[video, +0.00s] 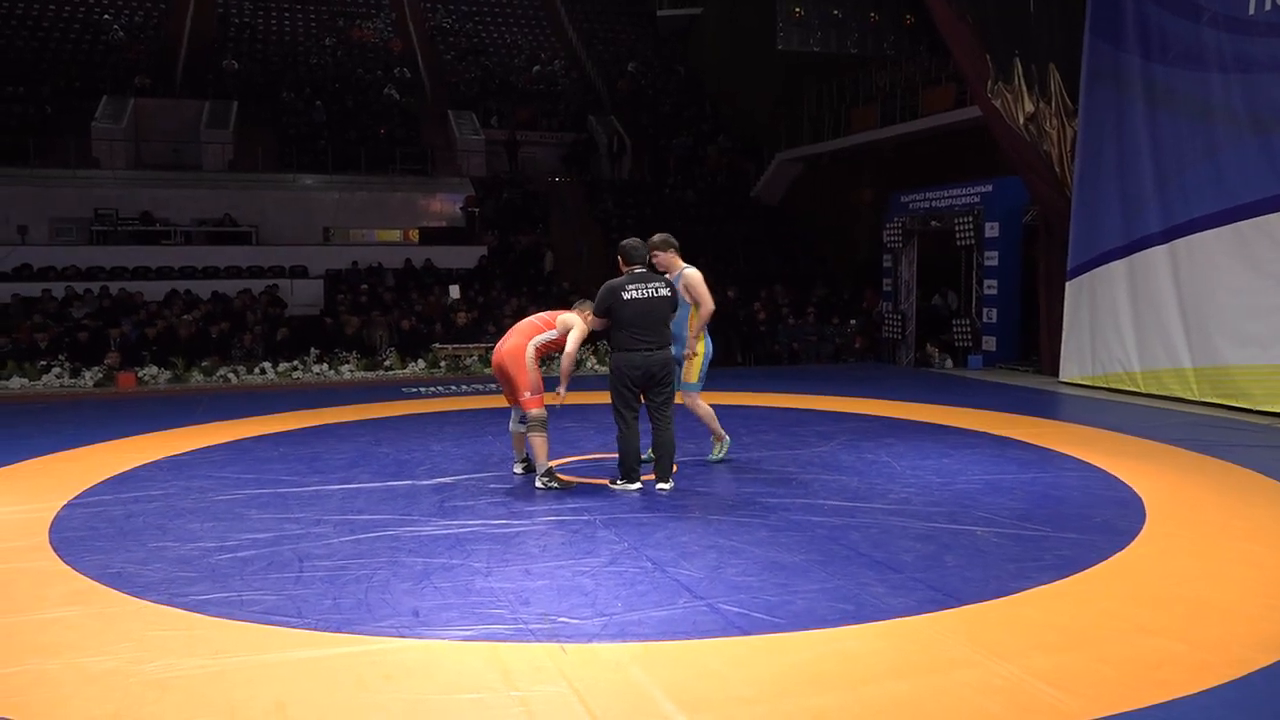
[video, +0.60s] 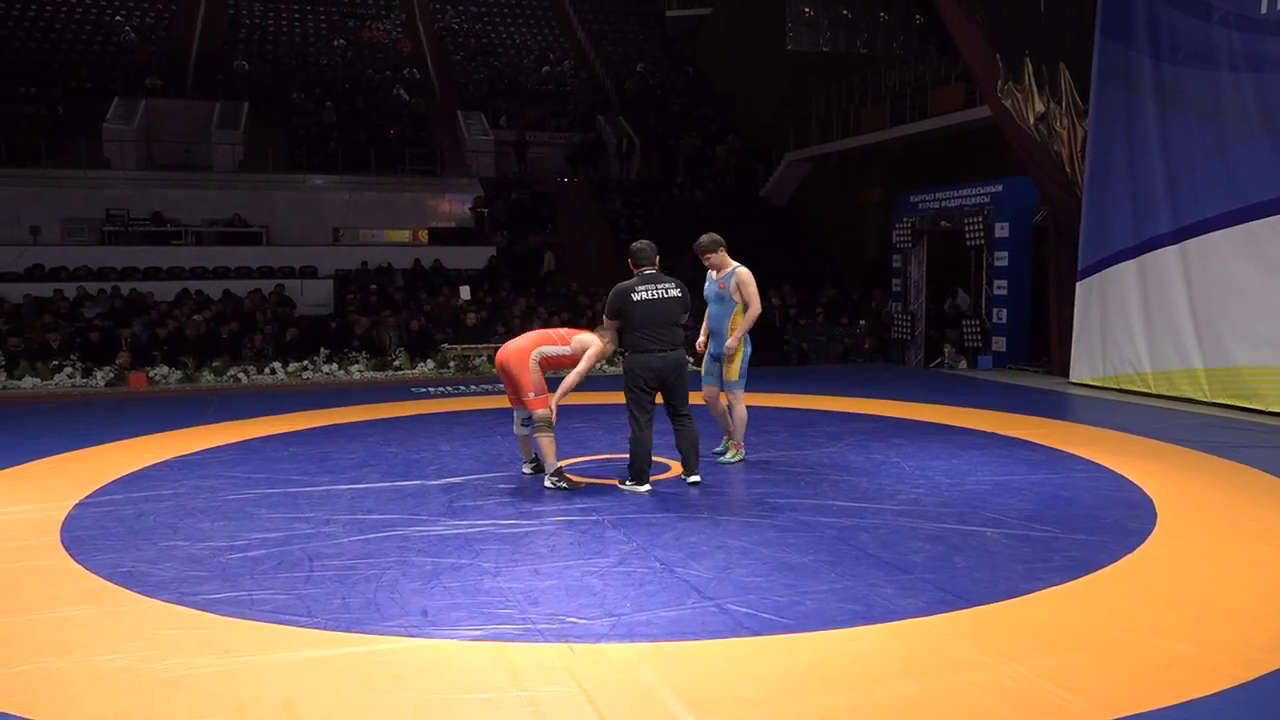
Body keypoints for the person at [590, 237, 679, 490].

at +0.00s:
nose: (618, 262)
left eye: (618, 259)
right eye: (619, 259)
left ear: (621, 261)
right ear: (647, 259)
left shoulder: (612, 288)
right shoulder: (666, 283)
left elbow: (596, 323)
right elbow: (670, 314)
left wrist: (621, 314)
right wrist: (644, 309)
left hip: (625, 361)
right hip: (661, 359)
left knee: (627, 419)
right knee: (662, 417)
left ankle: (630, 478)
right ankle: (664, 477)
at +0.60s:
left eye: (630, 262)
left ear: (631, 264)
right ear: (658, 262)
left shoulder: (621, 291)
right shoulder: (677, 287)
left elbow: (610, 323)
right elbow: (683, 319)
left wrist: (634, 318)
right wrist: (656, 315)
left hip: (639, 363)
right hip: (674, 361)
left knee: (640, 421)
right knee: (682, 414)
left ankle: (639, 479)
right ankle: (692, 471)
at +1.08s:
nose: (672, 265)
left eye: (673, 261)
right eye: (672, 261)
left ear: (684, 260)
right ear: (698, 260)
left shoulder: (687, 285)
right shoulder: (713, 283)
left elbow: (681, 320)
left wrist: (657, 344)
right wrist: (670, 280)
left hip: (685, 359)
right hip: (709, 357)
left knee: (663, 415)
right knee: (703, 414)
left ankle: (644, 469)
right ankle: (705, 471)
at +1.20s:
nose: (682, 263)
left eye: (686, 258)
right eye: (681, 259)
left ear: (702, 257)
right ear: (701, 259)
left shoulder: (707, 282)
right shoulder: (710, 279)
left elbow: (711, 315)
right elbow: (692, 295)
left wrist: (685, 343)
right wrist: (672, 276)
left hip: (700, 355)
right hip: (713, 354)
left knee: (677, 411)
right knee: (708, 413)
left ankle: (665, 469)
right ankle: (707, 470)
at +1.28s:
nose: (693, 262)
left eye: (698, 257)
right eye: (690, 258)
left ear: (713, 257)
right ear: (691, 260)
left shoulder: (719, 279)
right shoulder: (707, 280)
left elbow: (728, 309)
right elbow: (695, 293)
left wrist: (705, 337)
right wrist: (674, 278)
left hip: (707, 356)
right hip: (714, 355)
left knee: (688, 412)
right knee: (712, 415)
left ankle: (687, 471)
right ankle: (710, 470)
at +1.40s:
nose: (708, 262)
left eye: (713, 256)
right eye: (704, 258)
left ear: (726, 257)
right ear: (701, 261)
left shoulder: (732, 278)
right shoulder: (711, 284)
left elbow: (748, 293)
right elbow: (705, 303)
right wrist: (687, 296)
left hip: (721, 354)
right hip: (708, 354)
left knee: (707, 411)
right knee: (713, 412)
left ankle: (722, 469)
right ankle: (713, 464)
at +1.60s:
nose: (730, 263)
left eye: (736, 257)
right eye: (726, 258)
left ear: (746, 259)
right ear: (720, 262)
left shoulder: (754, 280)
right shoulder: (723, 287)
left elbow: (775, 285)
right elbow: (708, 306)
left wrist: (785, 268)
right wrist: (704, 304)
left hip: (740, 357)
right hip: (722, 357)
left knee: (735, 415)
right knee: (721, 416)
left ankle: (782, 460)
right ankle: (714, 470)